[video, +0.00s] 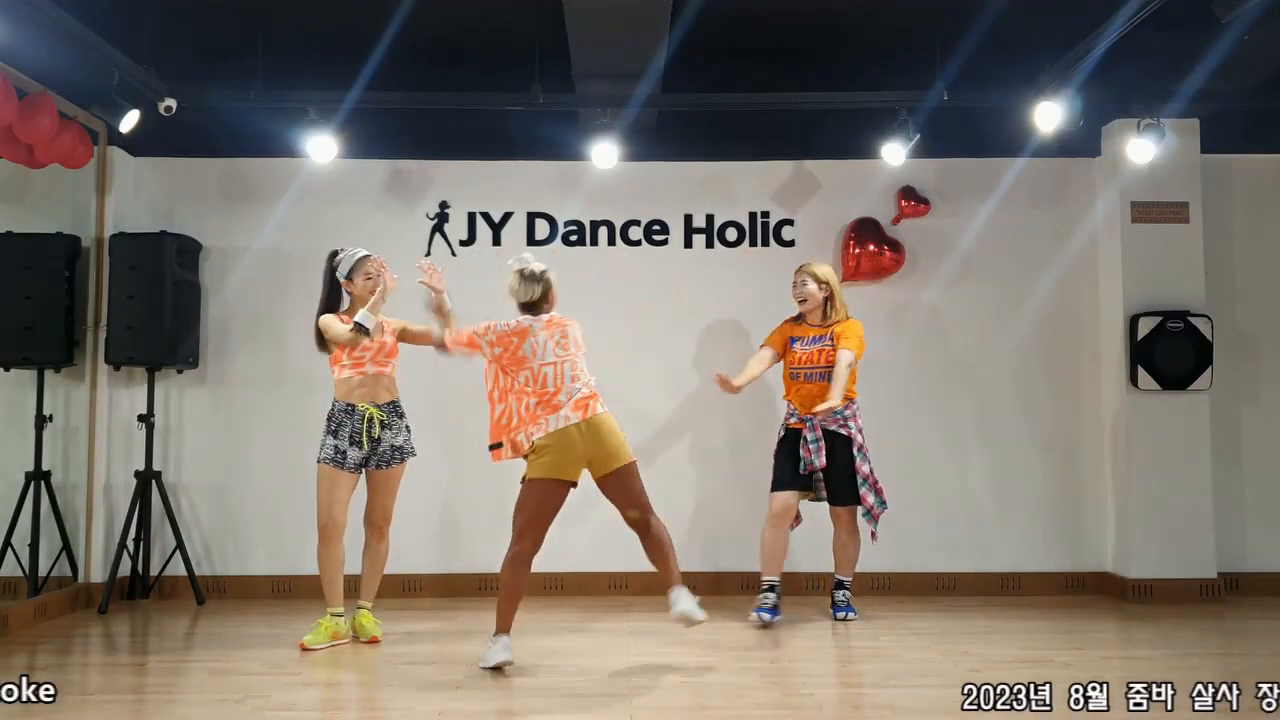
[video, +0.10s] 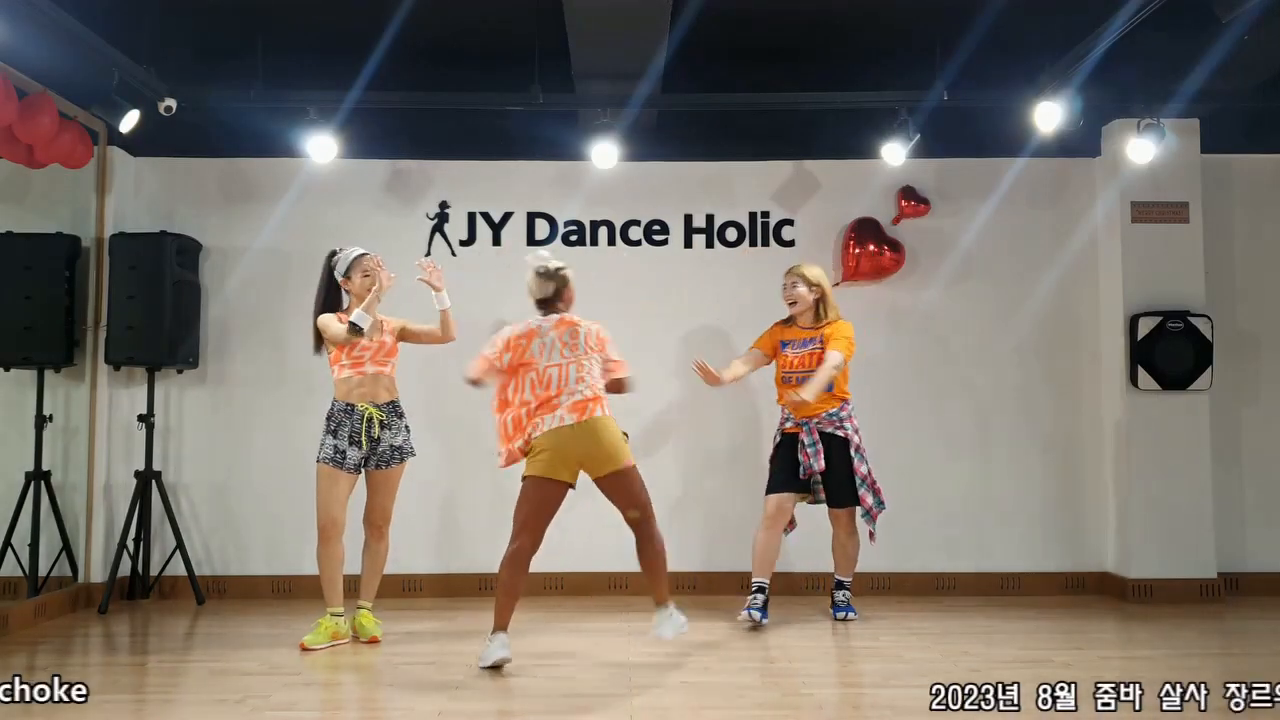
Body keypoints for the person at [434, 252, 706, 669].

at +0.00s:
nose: (554, 296)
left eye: (545, 291)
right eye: (553, 291)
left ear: (516, 297)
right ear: (550, 296)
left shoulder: (501, 333)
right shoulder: (569, 327)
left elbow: (448, 339)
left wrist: (441, 301)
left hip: (551, 440)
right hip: (599, 427)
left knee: (522, 544)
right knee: (643, 517)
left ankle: (500, 639)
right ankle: (678, 592)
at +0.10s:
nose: (570, 295)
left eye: (564, 291)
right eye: (569, 291)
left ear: (533, 298)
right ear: (567, 294)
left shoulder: (513, 337)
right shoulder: (593, 332)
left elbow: (474, 375)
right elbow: (620, 383)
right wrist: (578, 379)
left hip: (547, 438)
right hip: (596, 428)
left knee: (521, 542)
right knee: (641, 520)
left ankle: (498, 638)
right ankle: (665, 612)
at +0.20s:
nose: (598, 297)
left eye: (593, 291)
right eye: (595, 292)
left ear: (560, 301)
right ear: (590, 298)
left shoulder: (535, 344)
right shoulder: (610, 334)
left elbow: (526, 395)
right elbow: (670, 365)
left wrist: (526, 442)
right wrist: (649, 347)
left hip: (557, 443)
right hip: (606, 438)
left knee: (528, 541)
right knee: (638, 532)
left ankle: (496, 634)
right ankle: (651, 628)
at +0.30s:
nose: (627, 300)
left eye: (625, 295)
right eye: (625, 295)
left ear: (588, 304)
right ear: (619, 300)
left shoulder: (569, 347)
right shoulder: (639, 336)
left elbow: (580, 391)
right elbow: (701, 351)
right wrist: (687, 323)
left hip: (580, 450)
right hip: (626, 447)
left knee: (545, 540)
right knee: (656, 541)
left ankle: (498, 614)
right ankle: (653, 630)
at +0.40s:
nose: (651, 299)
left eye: (649, 294)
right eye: (649, 294)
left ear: (612, 304)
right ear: (643, 300)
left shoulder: (598, 344)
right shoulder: (661, 336)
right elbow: (720, 355)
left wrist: (670, 323)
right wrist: (711, 311)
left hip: (602, 450)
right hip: (644, 449)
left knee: (570, 536)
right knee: (670, 540)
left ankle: (511, 603)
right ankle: (654, 630)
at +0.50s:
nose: (674, 299)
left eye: (673, 292)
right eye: (670, 293)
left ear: (634, 301)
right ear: (664, 298)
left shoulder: (619, 339)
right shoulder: (679, 333)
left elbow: (658, 347)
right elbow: (728, 339)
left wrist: (678, 314)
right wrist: (723, 308)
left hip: (614, 445)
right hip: (654, 445)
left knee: (608, 528)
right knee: (671, 539)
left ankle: (558, 604)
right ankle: (655, 628)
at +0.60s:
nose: (688, 295)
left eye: (686, 289)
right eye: (685, 290)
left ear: (650, 296)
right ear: (679, 293)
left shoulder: (635, 333)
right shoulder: (691, 328)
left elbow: (682, 337)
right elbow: (744, 332)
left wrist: (713, 310)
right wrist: (732, 293)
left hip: (625, 441)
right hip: (658, 443)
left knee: (654, 526)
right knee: (671, 535)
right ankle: (656, 627)